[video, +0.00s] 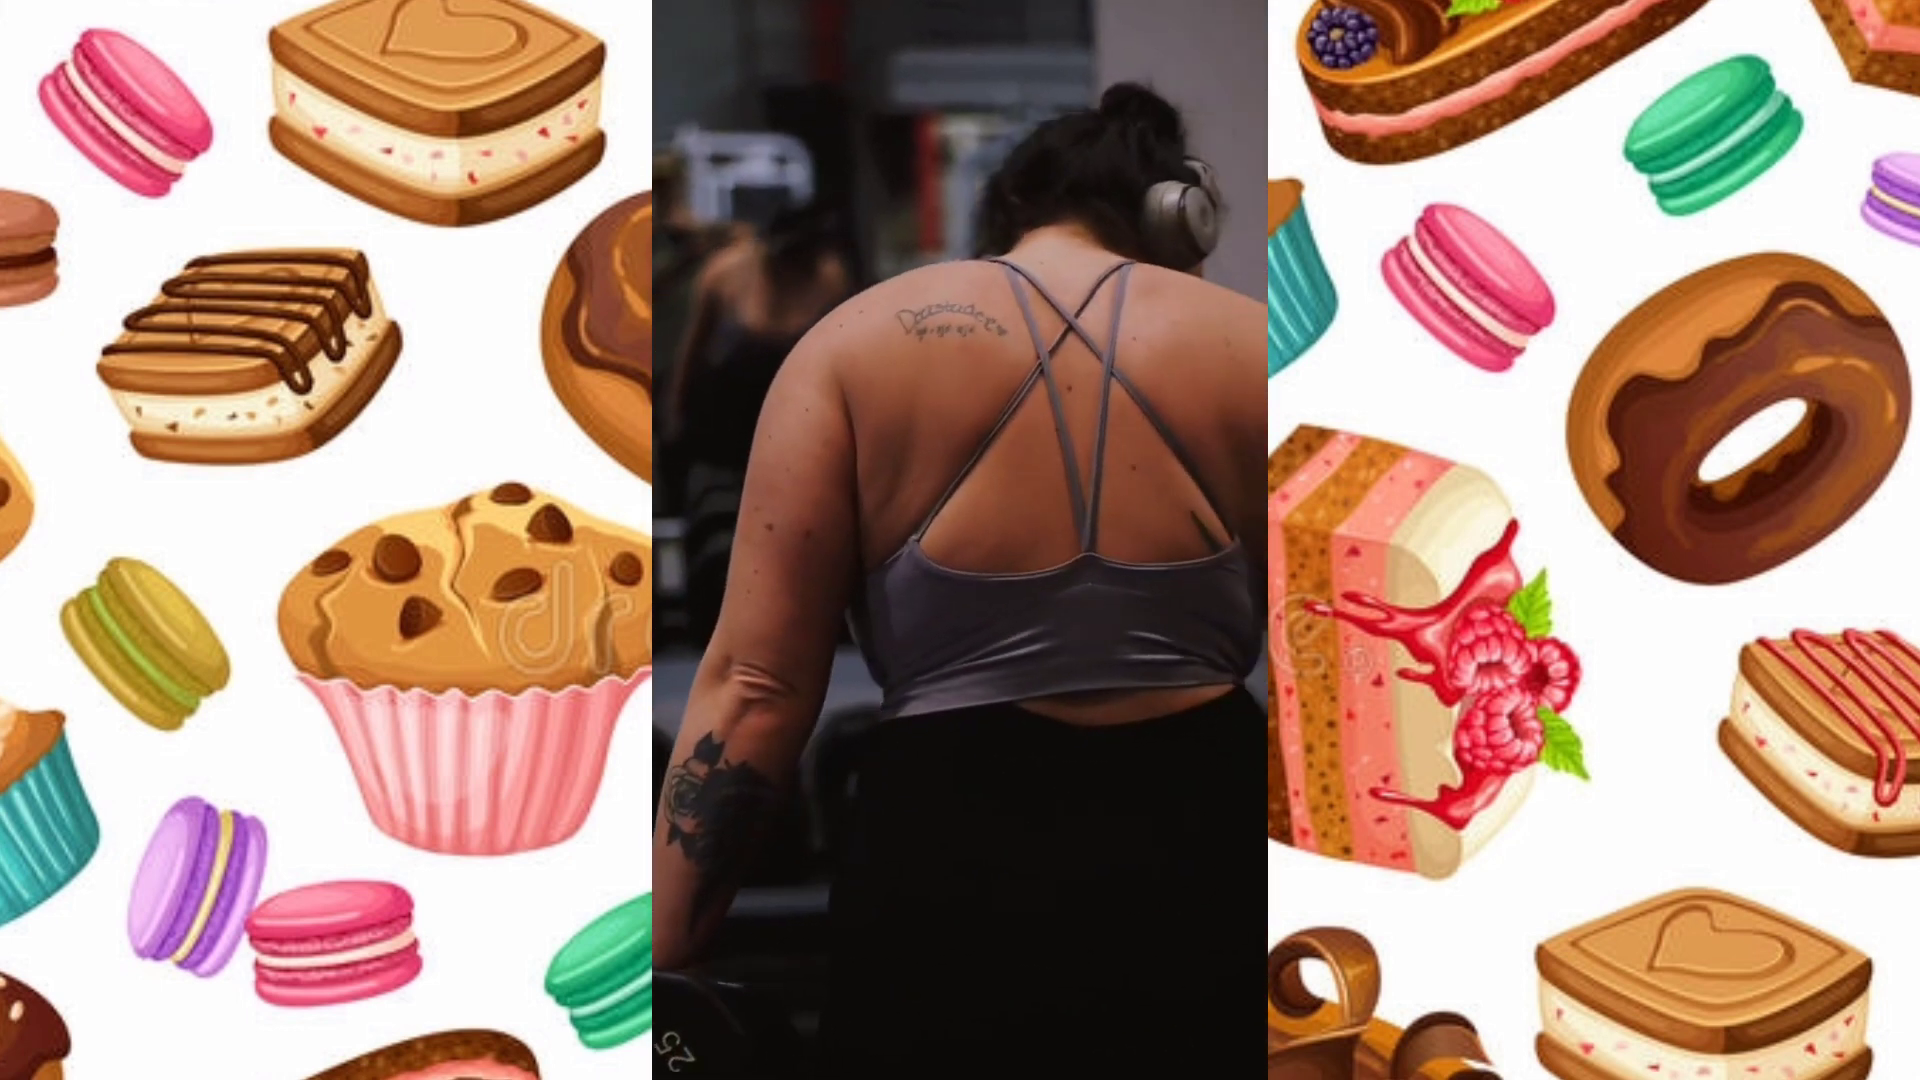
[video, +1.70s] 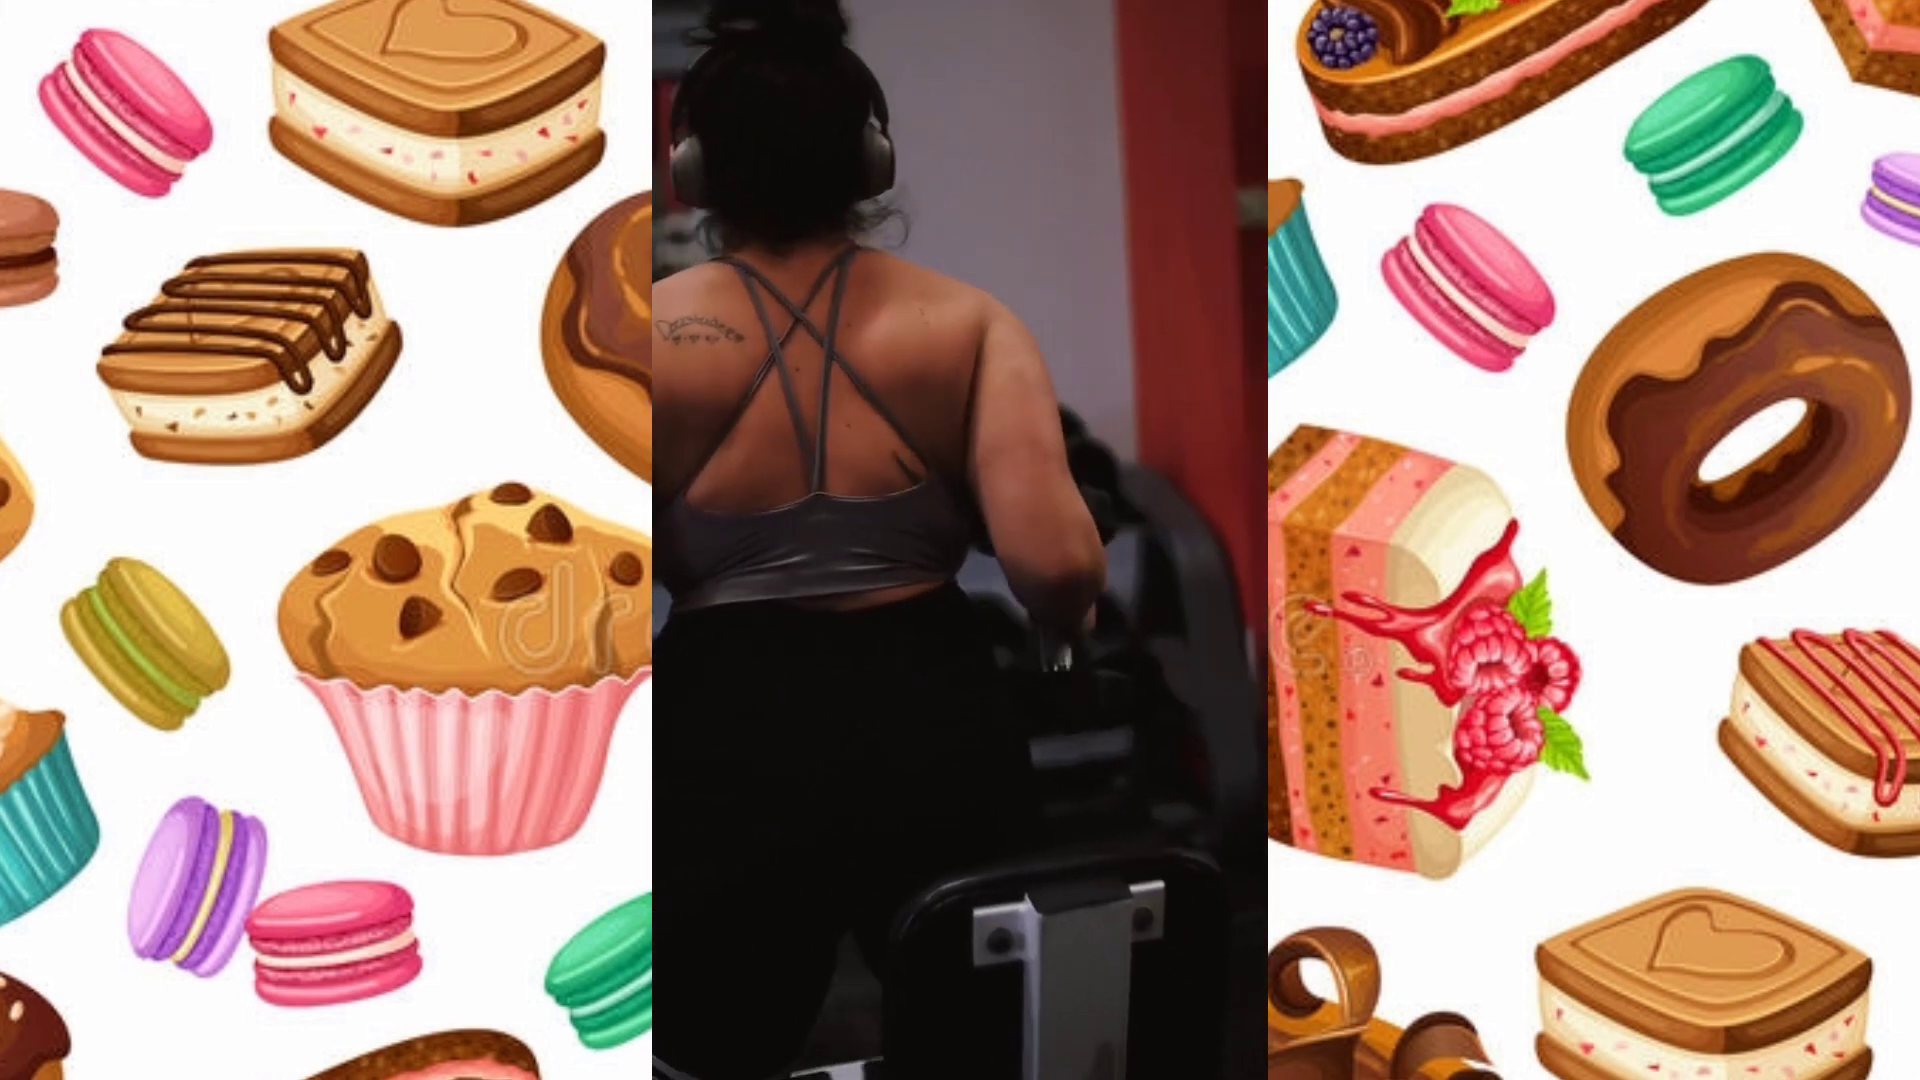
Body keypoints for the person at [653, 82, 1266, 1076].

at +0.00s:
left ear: (1005, 212)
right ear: (1173, 221)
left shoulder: (854, 347)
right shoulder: (1255, 343)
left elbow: (757, 683)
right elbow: (1328, 658)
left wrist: (657, 961)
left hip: (939, 839)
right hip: (1200, 836)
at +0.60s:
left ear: (935, 132)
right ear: (1091, 132)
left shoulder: (828, 269)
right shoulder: (1202, 270)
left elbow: (726, 578)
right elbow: (1276, 569)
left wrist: (637, 794)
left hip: (935, 715)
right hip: (1185, 705)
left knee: (878, 1030)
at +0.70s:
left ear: (928, 92)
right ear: (1101, 86)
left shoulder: (830, 240)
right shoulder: (1208, 232)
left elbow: (725, 556)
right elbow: (1280, 532)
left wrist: (666, 755)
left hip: (933, 691)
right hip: (1183, 677)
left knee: (881, 1023)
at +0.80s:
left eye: (903, 25)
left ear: (915, 35)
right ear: (1091, 37)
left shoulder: (820, 207)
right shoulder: (1200, 199)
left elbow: (716, 530)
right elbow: (1286, 496)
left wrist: (701, 652)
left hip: (918, 681)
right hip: (1165, 665)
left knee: (879, 1034)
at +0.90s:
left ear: (896, 22)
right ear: (1062, 20)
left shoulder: (793, 198)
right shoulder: (1170, 186)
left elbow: (700, 512)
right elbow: (1264, 477)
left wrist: (721, 556)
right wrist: (1207, 514)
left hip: (890, 659)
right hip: (1132, 648)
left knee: (853, 1039)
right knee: (1154, 1016)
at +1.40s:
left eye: (786, 100)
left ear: (790, 125)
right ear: (967, 117)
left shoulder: (712, 318)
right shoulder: (1072, 304)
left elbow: (667, 594)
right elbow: (1161, 560)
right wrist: (1092, 464)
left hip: (815, 746)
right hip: (1038, 734)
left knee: (788, 1044)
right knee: (1049, 1036)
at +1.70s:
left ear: (708, 175)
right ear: (867, 162)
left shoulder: (648, 337)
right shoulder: (969, 328)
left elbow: (584, 555)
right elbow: (1053, 559)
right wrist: (1074, 611)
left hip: (725, 734)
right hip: (930, 719)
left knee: (720, 1044)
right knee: (957, 1038)